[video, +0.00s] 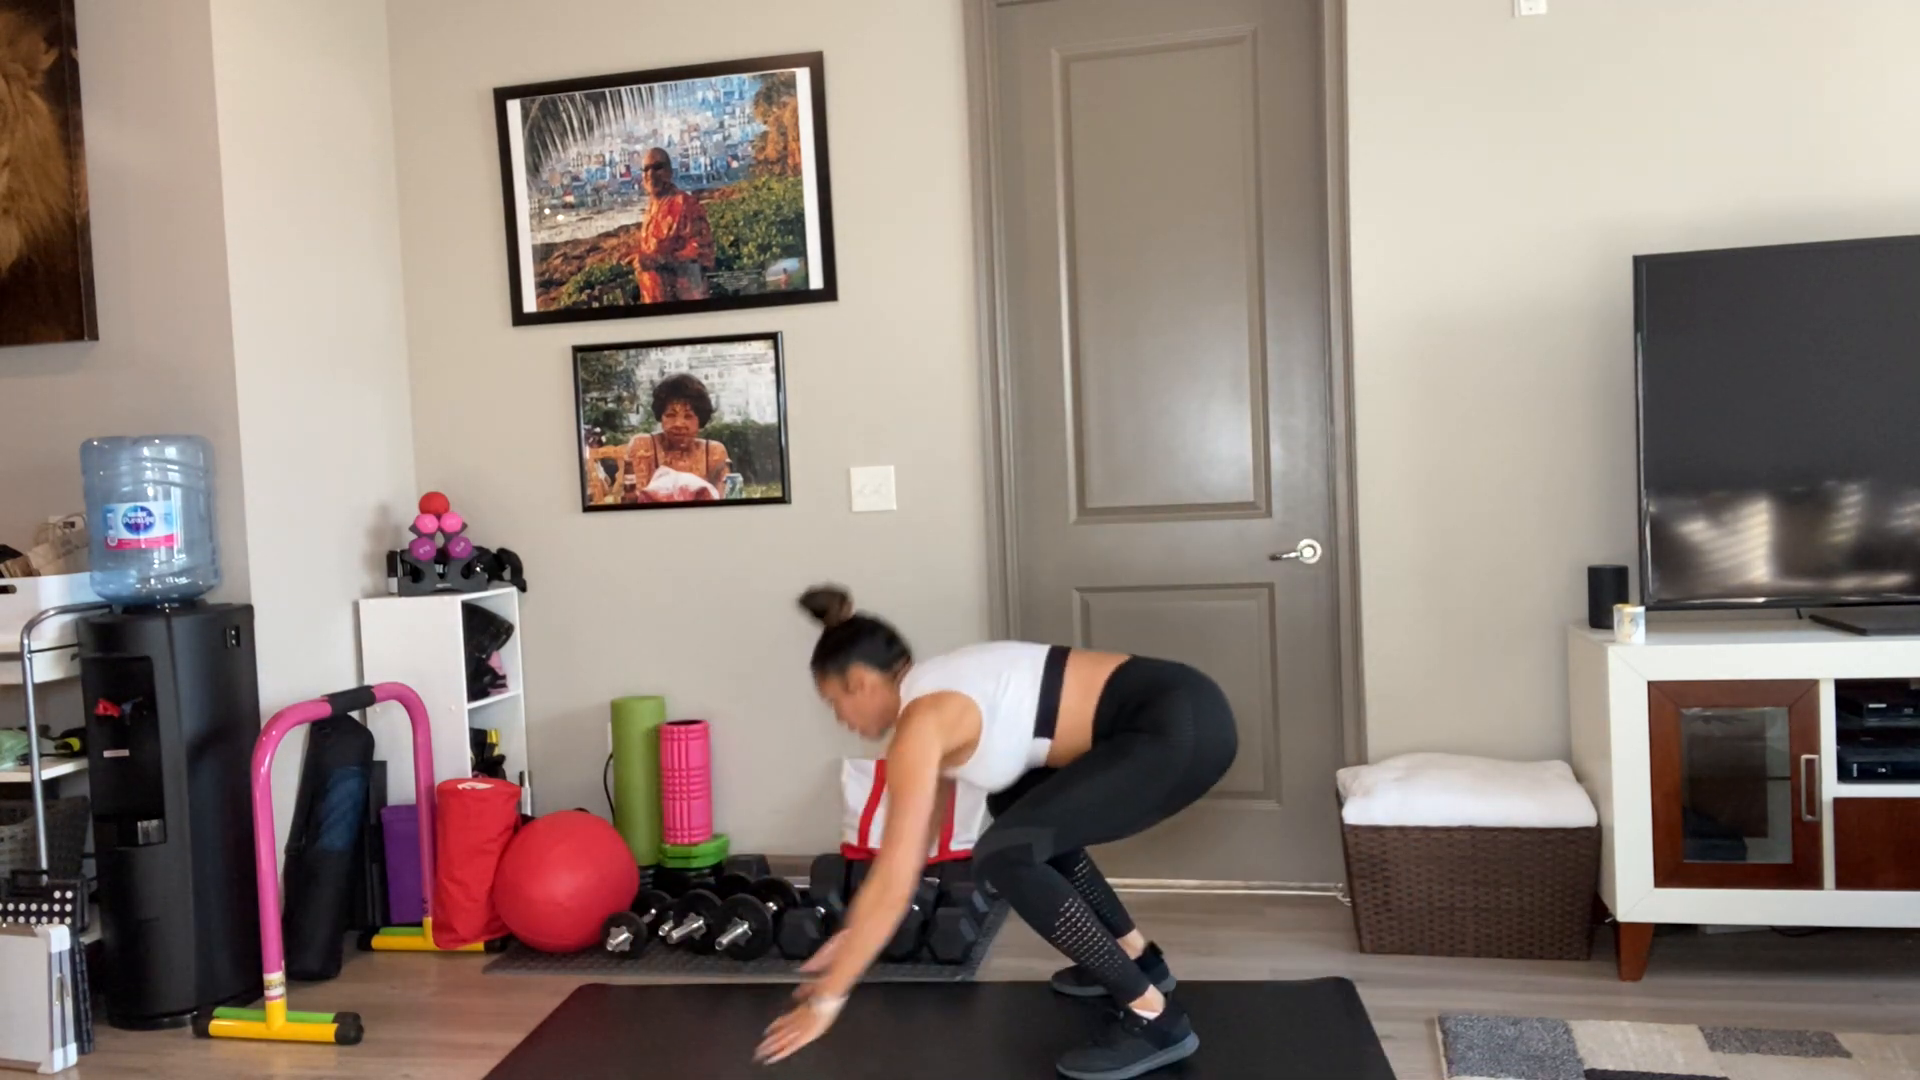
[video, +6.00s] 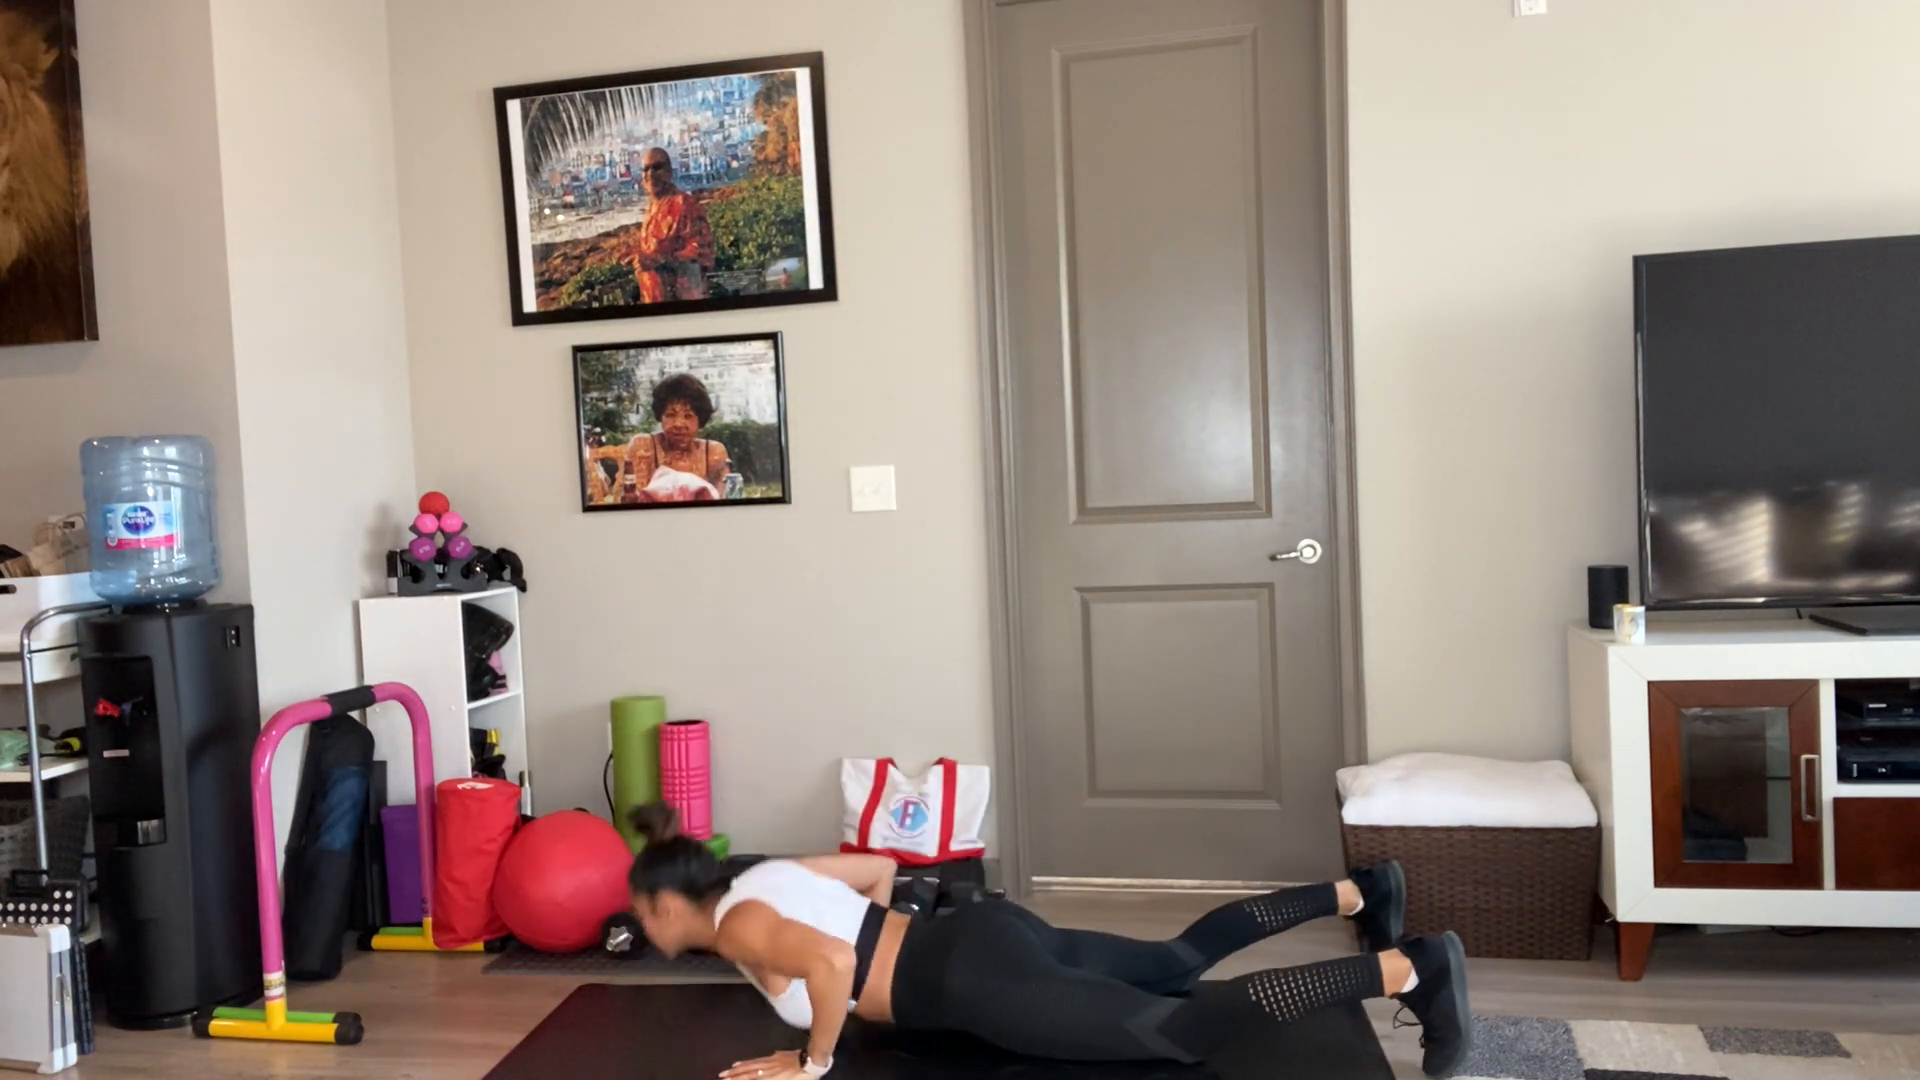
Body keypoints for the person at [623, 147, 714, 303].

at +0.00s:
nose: (650, 174)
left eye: (657, 167)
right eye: (646, 169)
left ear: (670, 172)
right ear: (642, 176)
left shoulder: (686, 204)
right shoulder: (653, 206)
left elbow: (703, 255)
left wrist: (655, 260)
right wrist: (638, 257)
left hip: (683, 297)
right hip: (655, 297)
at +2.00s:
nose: (650, 175)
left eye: (657, 168)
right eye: (646, 169)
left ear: (669, 171)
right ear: (642, 176)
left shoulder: (686, 204)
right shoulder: (654, 206)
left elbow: (702, 255)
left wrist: (657, 261)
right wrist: (638, 257)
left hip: (683, 297)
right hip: (656, 297)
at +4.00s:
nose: (650, 174)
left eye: (657, 167)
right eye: (645, 169)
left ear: (669, 172)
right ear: (642, 176)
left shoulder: (686, 204)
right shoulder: (654, 206)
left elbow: (703, 255)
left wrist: (658, 260)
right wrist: (638, 257)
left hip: (682, 297)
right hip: (655, 297)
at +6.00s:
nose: (650, 174)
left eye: (657, 167)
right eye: (645, 169)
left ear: (669, 171)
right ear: (642, 176)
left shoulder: (686, 204)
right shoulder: (653, 207)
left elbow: (703, 255)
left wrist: (657, 260)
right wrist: (638, 258)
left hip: (683, 297)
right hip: (655, 297)